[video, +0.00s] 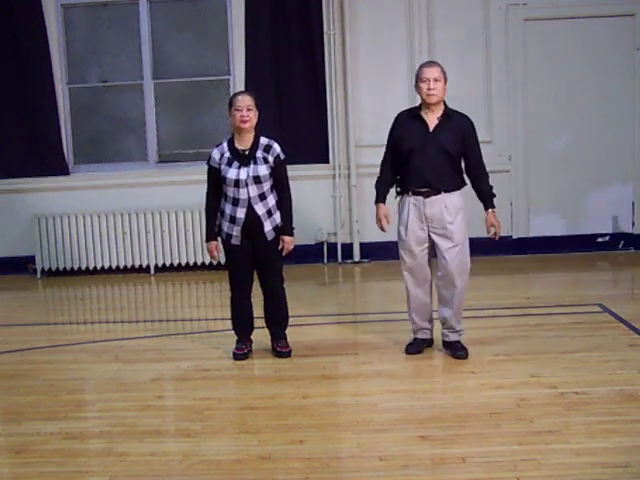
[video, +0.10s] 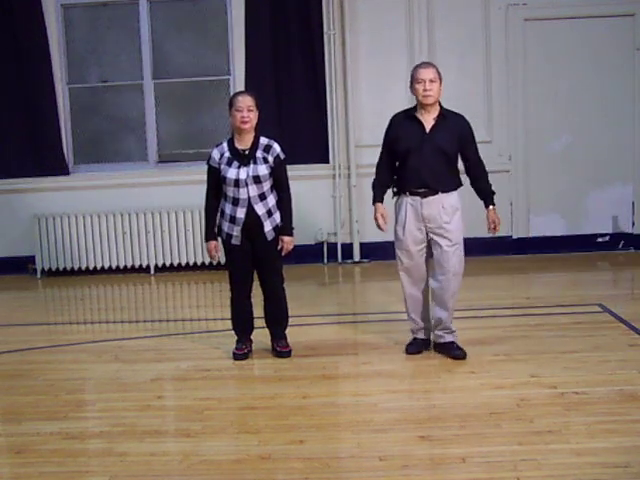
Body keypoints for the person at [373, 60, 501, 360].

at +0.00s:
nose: (430, 86)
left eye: (436, 81)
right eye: (424, 81)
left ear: (445, 85)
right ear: (417, 86)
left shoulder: (461, 123)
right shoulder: (403, 121)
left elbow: (476, 167)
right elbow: (389, 164)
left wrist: (490, 208)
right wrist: (380, 201)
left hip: (449, 203)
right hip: (411, 204)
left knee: (454, 270)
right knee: (414, 271)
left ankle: (452, 336)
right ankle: (421, 334)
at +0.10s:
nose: (426, 87)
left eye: (432, 81)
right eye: (420, 82)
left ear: (441, 86)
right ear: (412, 87)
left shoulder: (457, 123)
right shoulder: (399, 123)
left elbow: (474, 166)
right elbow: (385, 164)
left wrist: (489, 204)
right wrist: (378, 201)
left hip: (446, 204)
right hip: (408, 205)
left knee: (449, 271)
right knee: (411, 272)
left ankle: (444, 336)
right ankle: (419, 334)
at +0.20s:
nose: (423, 88)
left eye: (428, 82)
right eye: (417, 83)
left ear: (438, 86)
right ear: (409, 89)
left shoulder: (455, 123)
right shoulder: (397, 124)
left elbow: (470, 167)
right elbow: (385, 166)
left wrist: (484, 204)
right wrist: (380, 204)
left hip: (444, 204)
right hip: (406, 205)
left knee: (444, 272)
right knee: (411, 272)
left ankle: (443, 337)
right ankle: (419, 334)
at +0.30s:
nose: (421, 88)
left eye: (426, 83)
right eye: (415, 83)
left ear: (435, 87)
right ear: (406, 89)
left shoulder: (452, 123)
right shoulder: (395, 125)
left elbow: (465, 167)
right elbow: (385, 170)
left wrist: (473, 207)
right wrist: (383, 210)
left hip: (445, 204)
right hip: (407, 205)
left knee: (444, 273)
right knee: (411, 273)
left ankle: (443, 337)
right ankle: (420, 334)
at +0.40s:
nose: (421, 88)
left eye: (426, 82)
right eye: (414, 83)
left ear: (434, 86)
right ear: (406, 89)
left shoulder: (451, 122)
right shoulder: (394, 124)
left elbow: (460, 168)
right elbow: (383, 170)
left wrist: (464, 208)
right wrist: (382, 211)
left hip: (446, 203)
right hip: (407, 205)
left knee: (449, 270)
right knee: (411, 271)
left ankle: (445, 334)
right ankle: (420, 333)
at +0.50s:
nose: (422, 87)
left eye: (427, 81)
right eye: (415, 82)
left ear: (435, 85)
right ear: (407, 88)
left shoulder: (451, 122)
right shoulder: (394, 123)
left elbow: (460, 167)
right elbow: (382, 168)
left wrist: (463, 206)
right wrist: (382, 209)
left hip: (446, 202)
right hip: (407, 204)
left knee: (451, 267)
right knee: (412, 270)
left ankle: (445, 332)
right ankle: (420, 332)